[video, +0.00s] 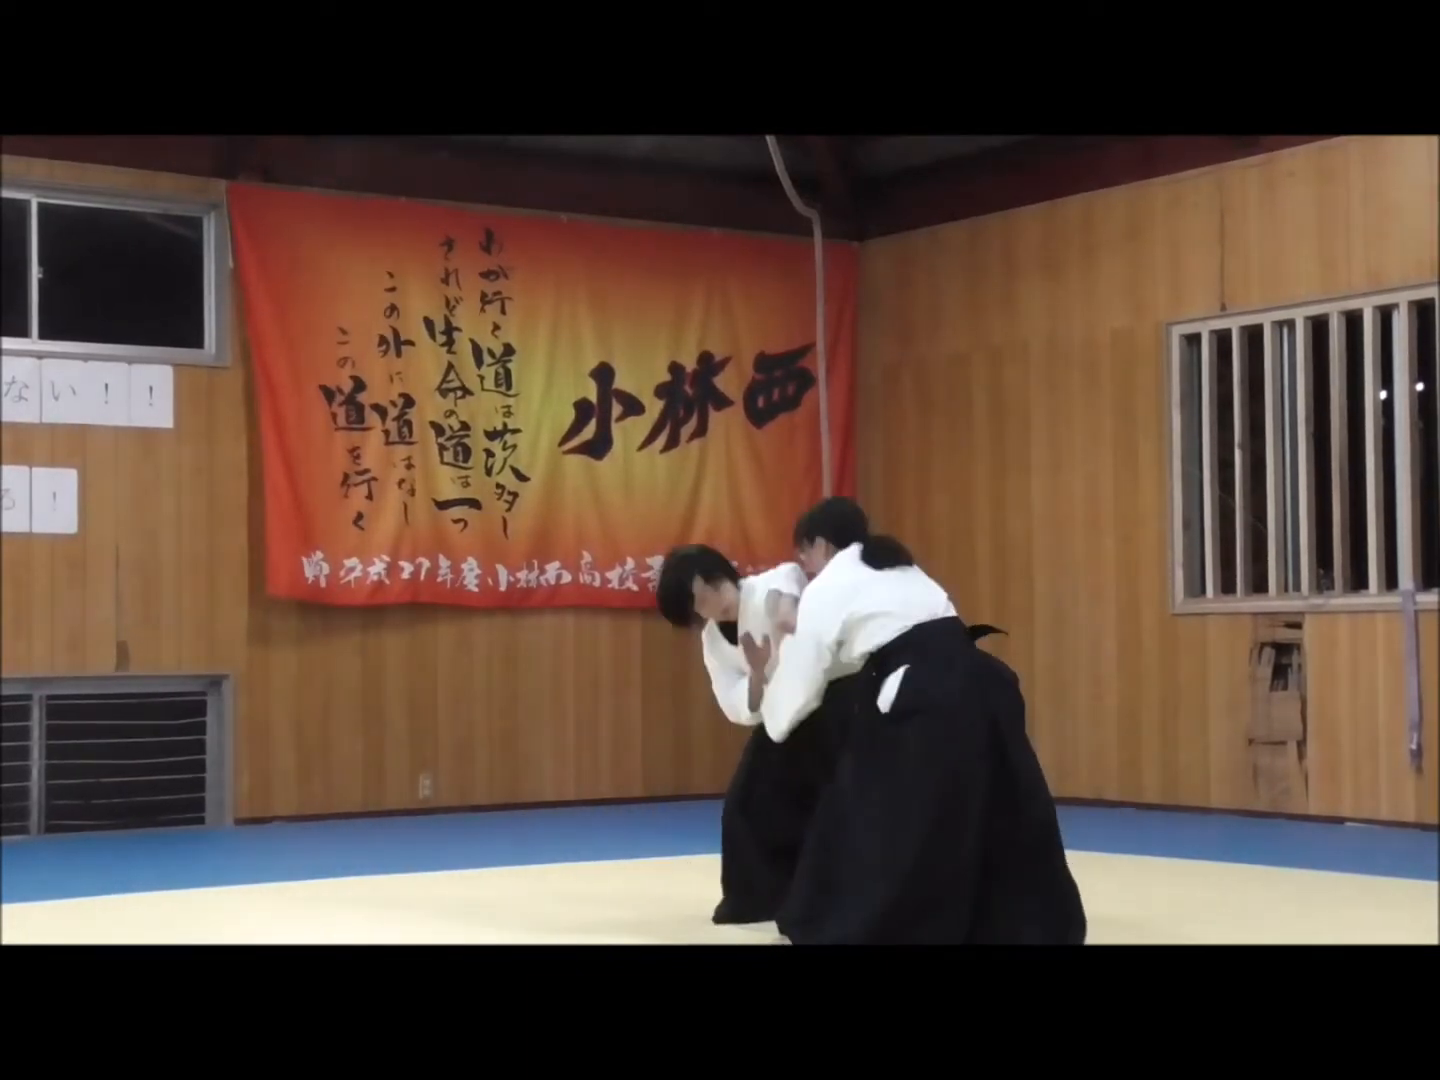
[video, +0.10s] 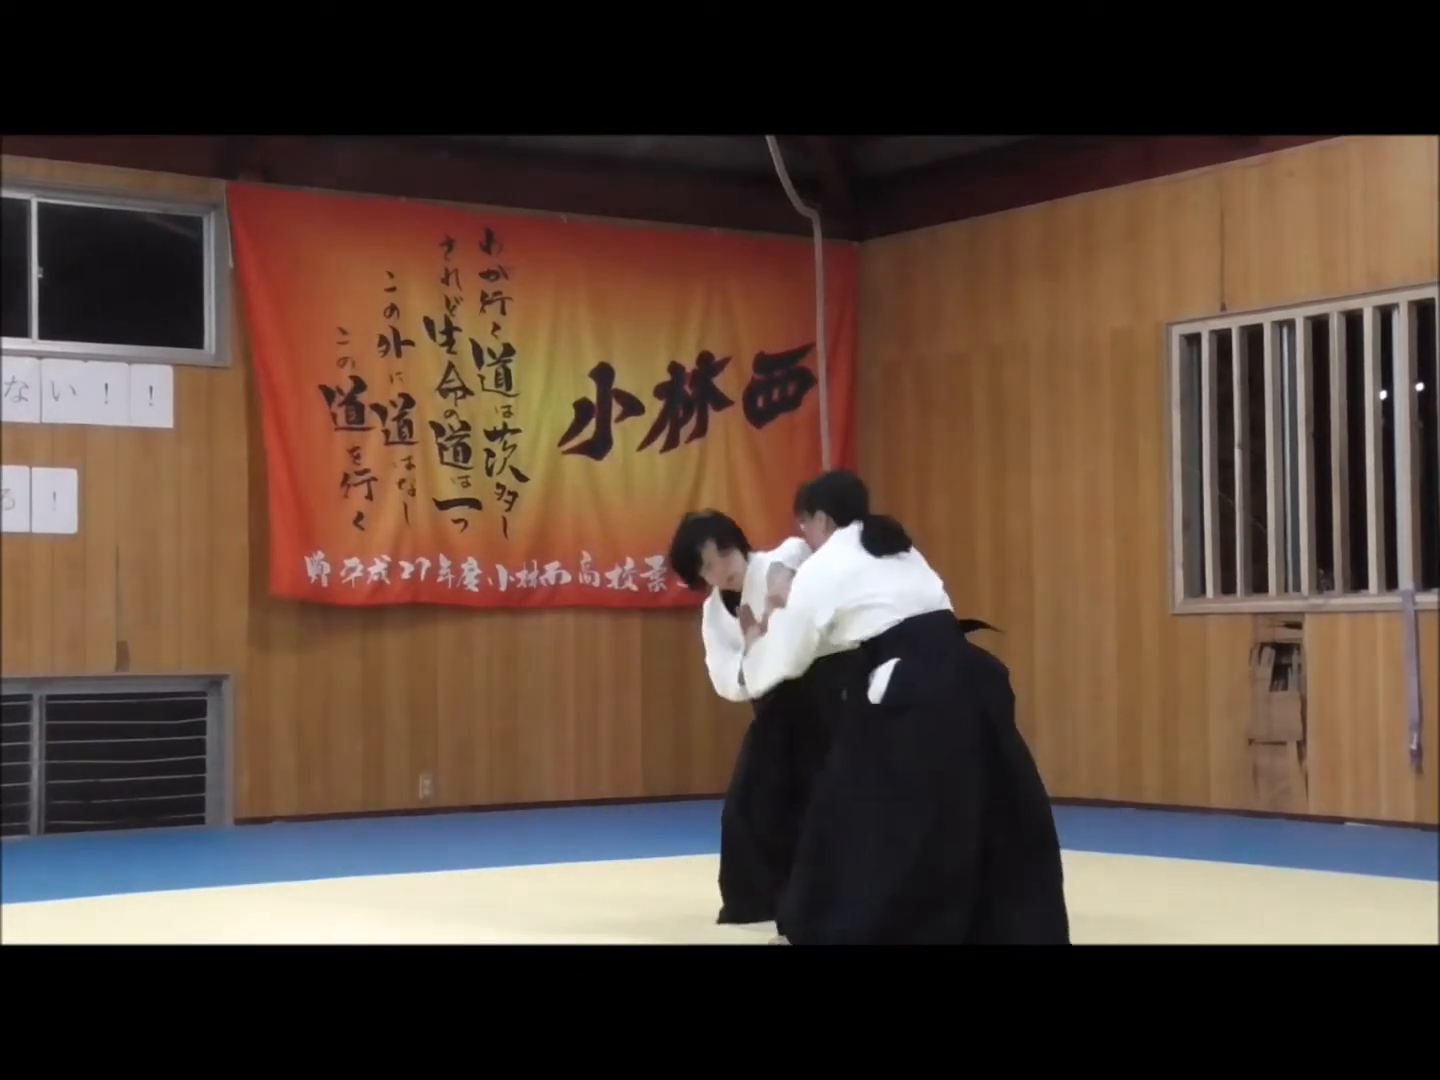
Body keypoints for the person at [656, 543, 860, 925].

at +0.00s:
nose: (698, 612)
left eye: (696, 600)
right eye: (691, 608)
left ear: (714, 581)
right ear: (692, 610)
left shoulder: (775, 582)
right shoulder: (714, 641)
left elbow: (793, 571)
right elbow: (741, 711)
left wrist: (786, 609)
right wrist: (756, 674)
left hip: (834, 692)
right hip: (781, 712)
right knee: (745, 801)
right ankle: (749, 897)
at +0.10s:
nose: (718, 570)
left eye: (719, 555)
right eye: (705, 567)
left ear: (733, 543)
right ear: (698, 576)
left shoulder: (782, 561)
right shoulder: (714, 614)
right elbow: (729, 683)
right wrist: (757, 644)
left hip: (830, 683)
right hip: (778, 702)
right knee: (750, 798)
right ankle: (756, 900)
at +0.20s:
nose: (729, 537)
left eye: (733, 523)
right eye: (716, 530)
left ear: (748, 518)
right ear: (704, 540)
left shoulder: (790, 542)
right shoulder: (716, 584)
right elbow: (722, 654)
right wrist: (757, 607)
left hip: (827, 668)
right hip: (774, 678)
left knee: (819, 781)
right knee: (755, 784)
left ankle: (820, 897)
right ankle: (751, 898)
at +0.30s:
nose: (740, 507)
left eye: (746, 494)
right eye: (728, 499)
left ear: (765, 494)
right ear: (715, 512)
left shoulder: (794, 523)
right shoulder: (724, 552)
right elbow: (723, 624)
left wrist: (761, 553)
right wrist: (740, 570)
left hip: (827, 659)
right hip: (776, 663)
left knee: (811, 779)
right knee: (759, 775)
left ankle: (812, 902)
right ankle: (758, 899)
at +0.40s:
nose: (734, 491)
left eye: (738, 480)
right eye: (732, 481)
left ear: (758, 472)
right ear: (762, 471)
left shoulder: (759, 510)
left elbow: (727, 591)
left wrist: (729, 533)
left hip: (785, 655)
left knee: (764, 769)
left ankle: (760, 891)